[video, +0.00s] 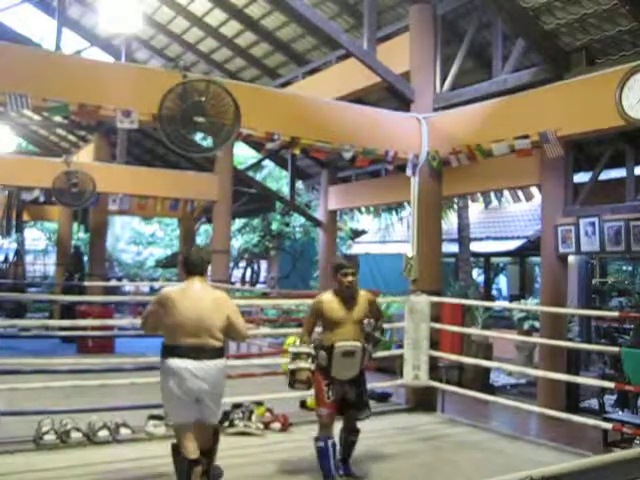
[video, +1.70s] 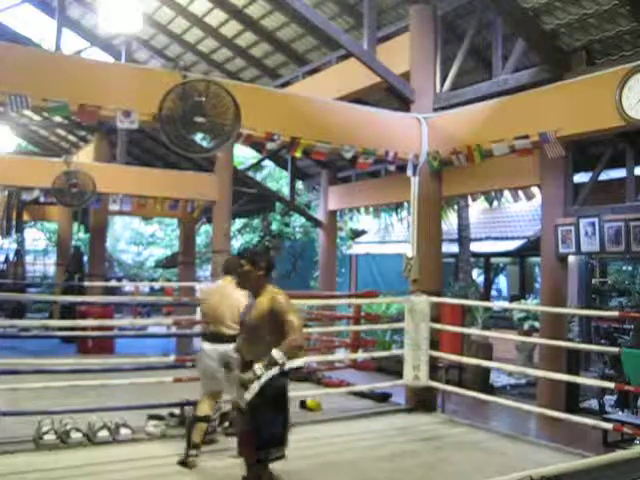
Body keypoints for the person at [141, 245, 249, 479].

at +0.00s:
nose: (179, 267)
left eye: (180, 264)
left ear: (182, 267)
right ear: (207, 268)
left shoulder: (168, 296)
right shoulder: (221, 298)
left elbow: (147, 325)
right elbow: (241, 332)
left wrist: (171, 323)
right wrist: (218, 325)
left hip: (177, 361)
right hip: (212, 362)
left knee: (184, 425)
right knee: (206, 423)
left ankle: (195, 467)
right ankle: (205, 468)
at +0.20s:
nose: (182, 268)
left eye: (184, 264)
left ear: (187, 267)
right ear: (212, 267)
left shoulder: (172, 295)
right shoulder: (223, 298)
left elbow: (155, 325)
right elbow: (242, 332)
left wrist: (179, 322)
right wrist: (219, 325)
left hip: (179, 357)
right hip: (213, 357)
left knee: (182, 422)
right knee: (207, 422)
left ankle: (190, 465)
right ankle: (201, 471)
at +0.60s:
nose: (219, 269)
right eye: (219, 265)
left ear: (195, 266)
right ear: (216, 267)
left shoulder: (180, 292)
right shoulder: (229, 295)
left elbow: (159, 321)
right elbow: (243, 331)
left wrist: (182, 313)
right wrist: (221, 322)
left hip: (186, 353)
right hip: (219, 353)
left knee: (181, 410)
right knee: (208, 414)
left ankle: (177, 465)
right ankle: (200, 469)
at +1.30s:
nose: (219, 273)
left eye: (217, 269)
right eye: (218, 270)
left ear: (197, 269)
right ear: (214, 270)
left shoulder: (182, 289)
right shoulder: (221, 291)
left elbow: (177, 315)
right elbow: (235, 323)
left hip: (184, 344)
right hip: (213, 345)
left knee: (192, 400)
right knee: (228, 398)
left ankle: (190, 455)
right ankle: (228, 450)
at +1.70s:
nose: (243, 276)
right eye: (242, 272)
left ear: (222, 272)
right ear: (240, 272)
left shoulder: (206, 291)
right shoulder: (244, 295)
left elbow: (204, 316)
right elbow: (247, 321)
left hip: (208, 342)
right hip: (234, 344)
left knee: (210, 395)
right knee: (239, 399)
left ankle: (193, 447)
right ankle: (250, 451)